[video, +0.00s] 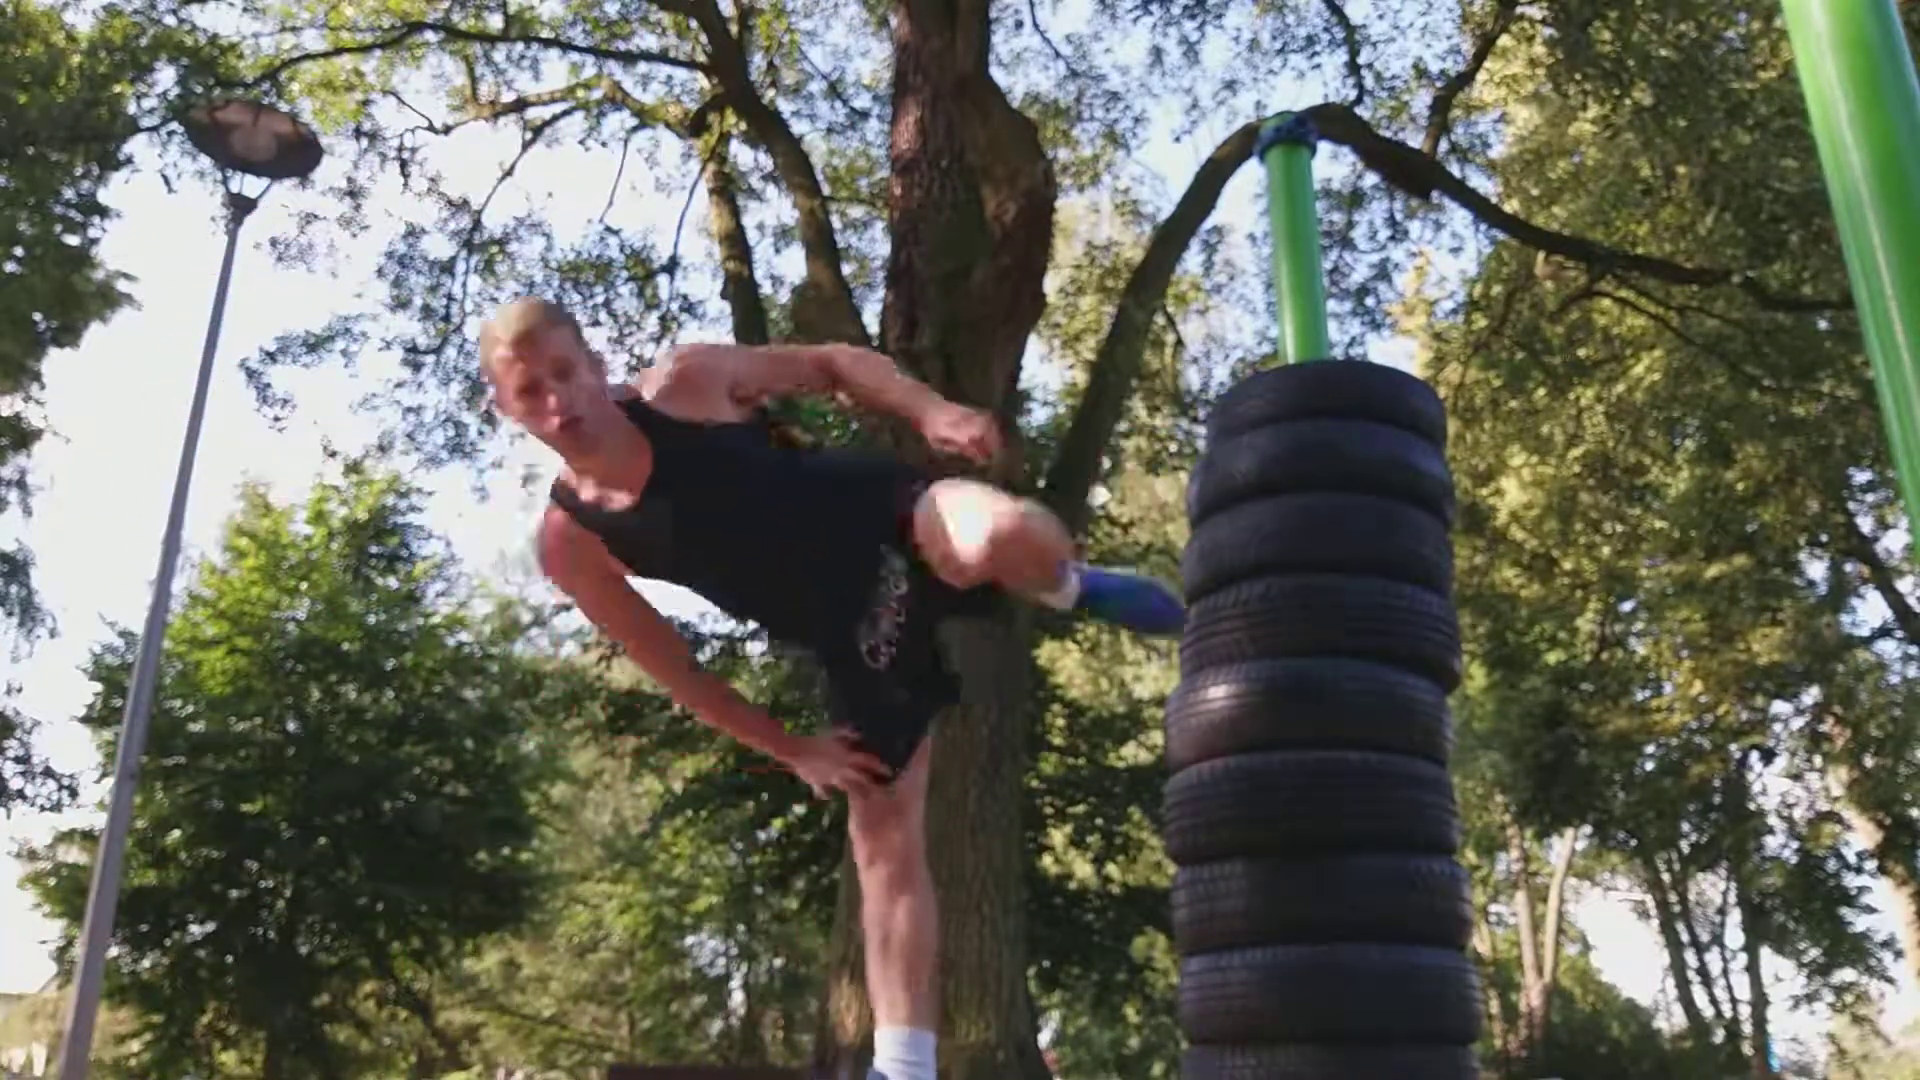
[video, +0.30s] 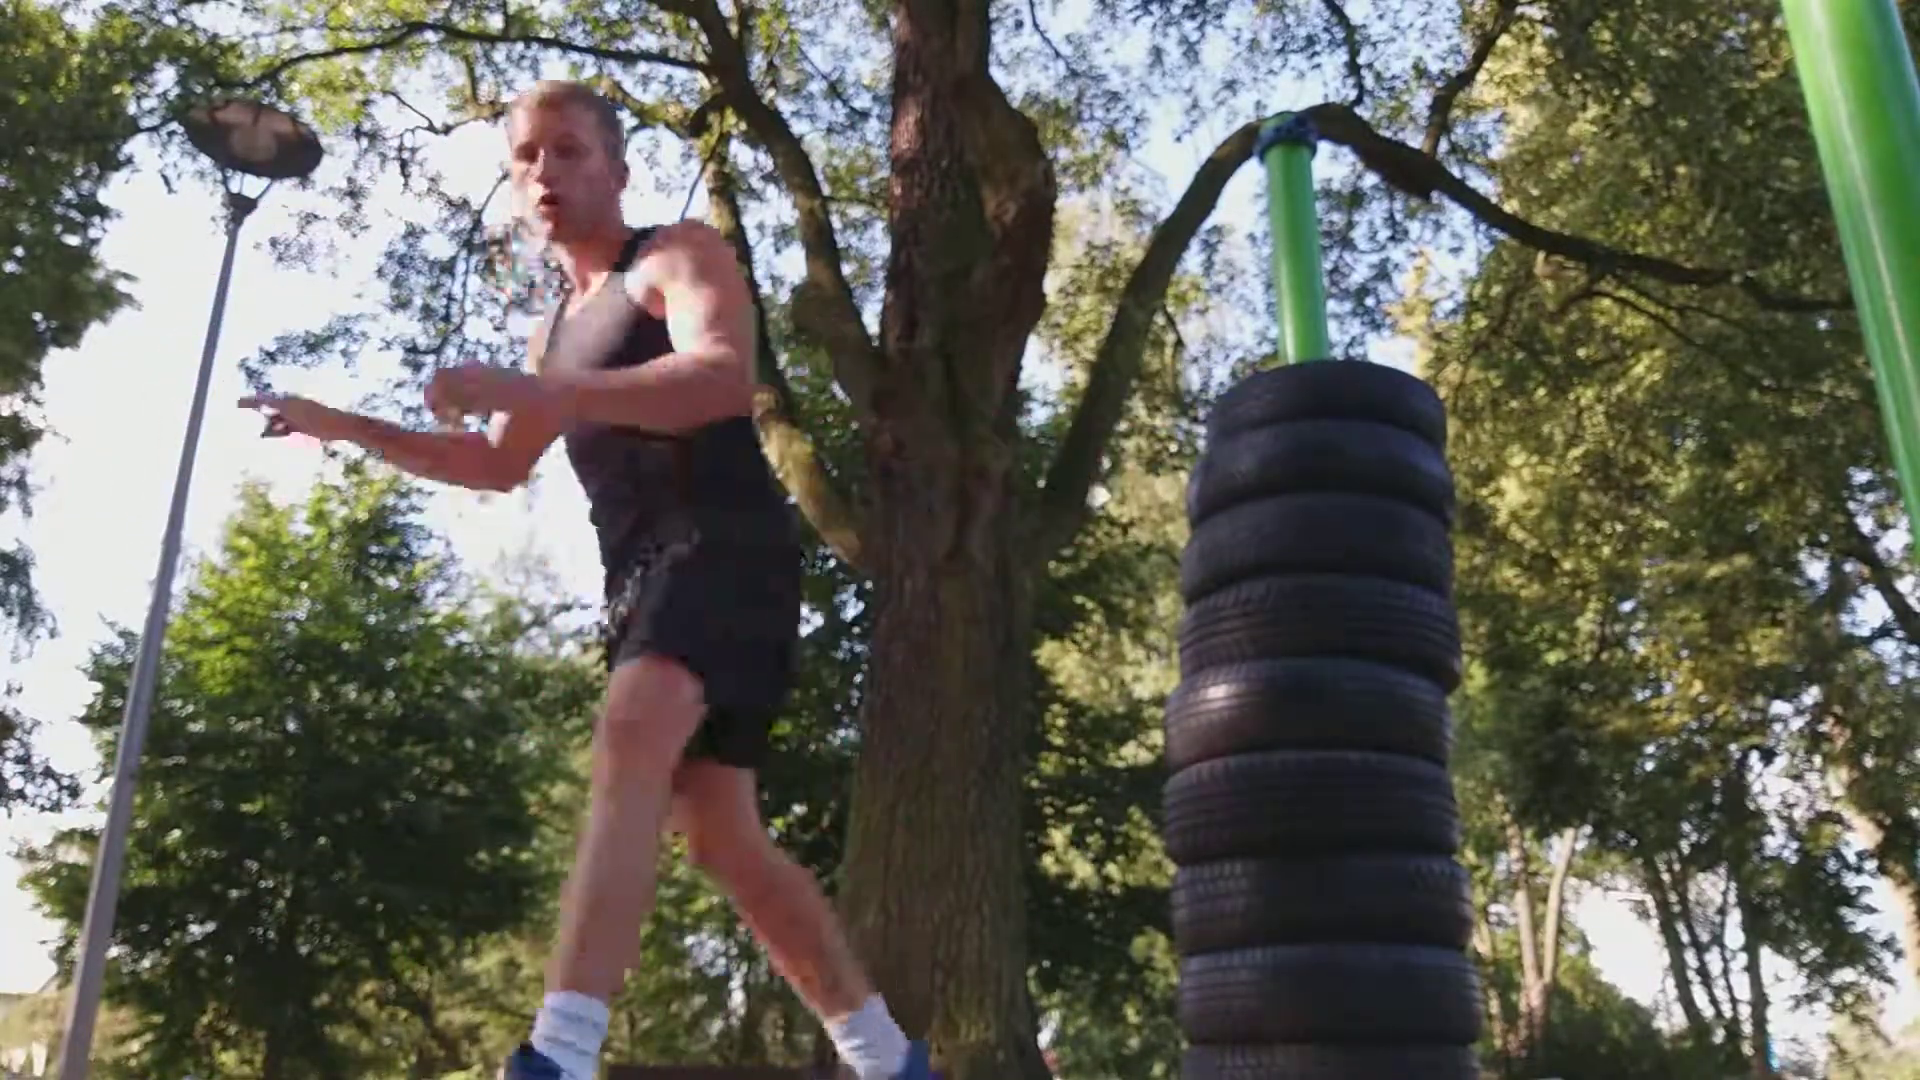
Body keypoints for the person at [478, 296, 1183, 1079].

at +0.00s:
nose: (555, 403)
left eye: (561, 374)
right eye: (529, 396)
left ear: (594, 360)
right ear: (508, 415)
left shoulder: (686, 379)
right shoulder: (569, 541)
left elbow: (831, 366)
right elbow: (677, 669)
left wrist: (933, 413)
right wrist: (792, 750)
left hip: (902, 514)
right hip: (852, 631)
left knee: (996, 534)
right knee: (881, 840)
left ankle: (1079, 586)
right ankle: (907, 1064)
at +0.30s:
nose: (542, 171)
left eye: (566, 150)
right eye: (525, 156)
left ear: (616, 166)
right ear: (511, 184)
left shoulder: (680, 251)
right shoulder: (562, 331)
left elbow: (723, 381)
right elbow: (499, 463)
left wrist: (528, 394)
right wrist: (344, 427)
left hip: (724, 547)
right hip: (650, 573)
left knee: (632, 733)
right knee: (727, 839)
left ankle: (565, 1051)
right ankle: (888, 1057)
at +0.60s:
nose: (460, 2)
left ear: (507, 12)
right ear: (401, 16)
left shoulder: (549, 92)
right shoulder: (388, 176)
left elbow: (561, 220)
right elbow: (376, 349)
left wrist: (356, 235)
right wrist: (316, 225)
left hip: (512, 437)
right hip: (387, 455)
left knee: (524, 689)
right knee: (169, 651)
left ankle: (554, 1044)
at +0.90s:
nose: (416, 6)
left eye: (419, 1)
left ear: (386, 21)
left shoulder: (392, 123)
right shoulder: (174, 22)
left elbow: (453, 308)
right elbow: (10, 140)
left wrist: (429, 220)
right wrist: (125, 129)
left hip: (310, 423)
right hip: (134, 398)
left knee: (378, 645)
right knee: (3, 674)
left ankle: (312, 1009)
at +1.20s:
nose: (384, 87)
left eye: (386, 64)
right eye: (371, 53)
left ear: (306, 44)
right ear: (291, 28)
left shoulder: (310, 220)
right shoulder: (132, 85)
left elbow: (266, 392)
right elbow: (3, 166)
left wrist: (346, 387)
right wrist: (174, 220)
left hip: (199, 529)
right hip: (51, 482)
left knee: (292, 770)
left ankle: (99, 1040)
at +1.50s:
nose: (454, 189)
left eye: (458, 169)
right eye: (445, 161)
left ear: (383, 150)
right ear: (376, 139)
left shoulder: (385, 310)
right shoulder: (241, 196)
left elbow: (401, 461)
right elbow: (115, 306)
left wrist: (465, 449)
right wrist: (308, 316)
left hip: (326, 582)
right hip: (198, 545)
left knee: (389, 821)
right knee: (48, 757)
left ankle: (316, 1067)